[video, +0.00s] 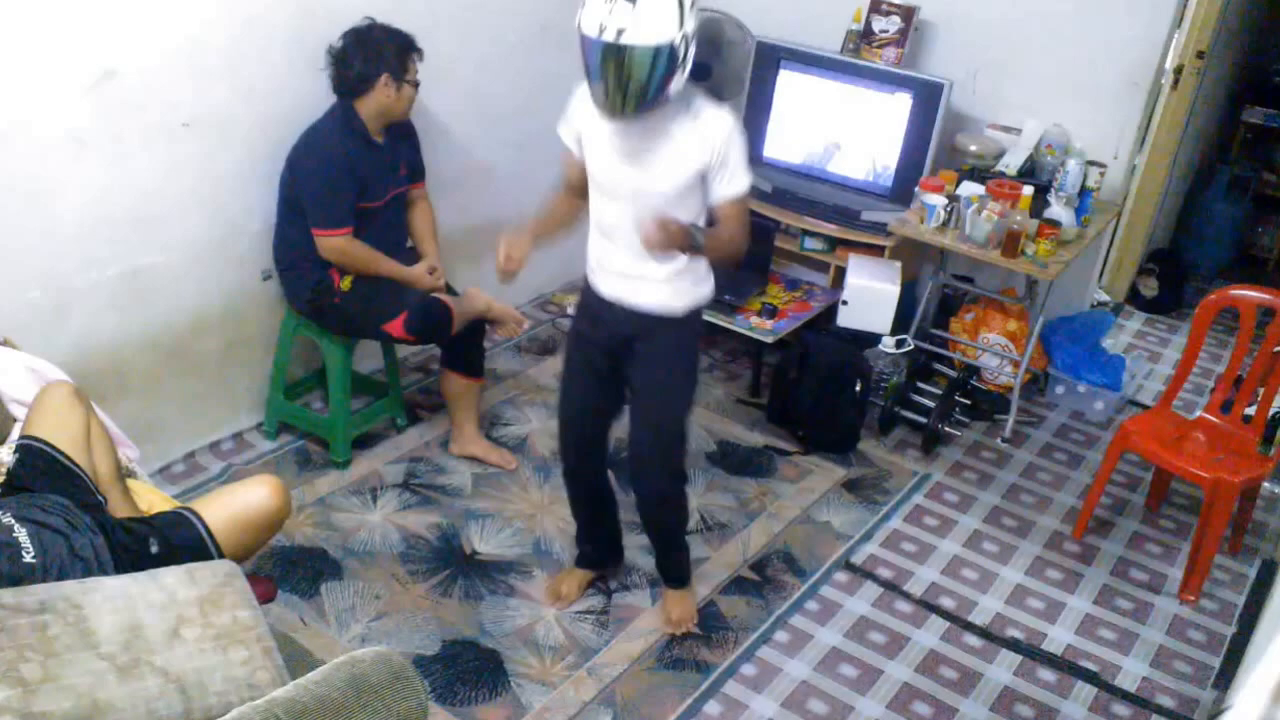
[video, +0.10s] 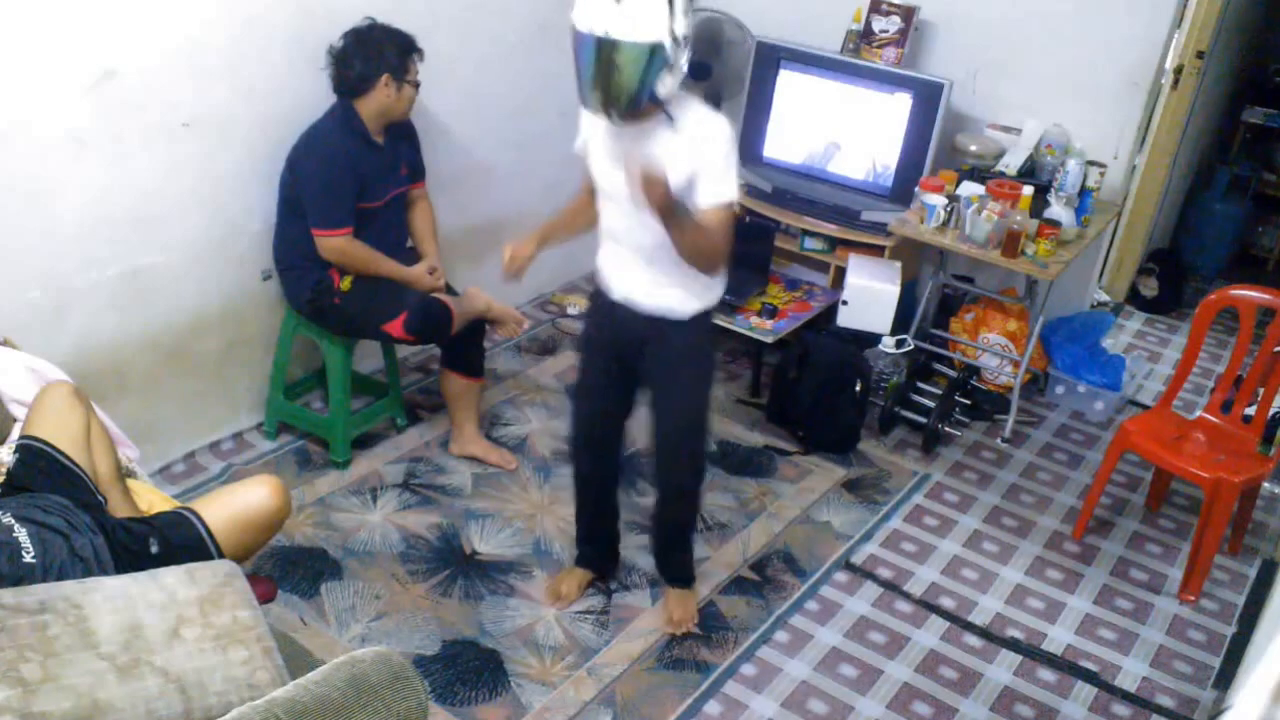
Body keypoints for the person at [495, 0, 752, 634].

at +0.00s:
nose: (616, 77)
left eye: (635, 63)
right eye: (605, 59)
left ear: (674, 58)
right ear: (593, 49)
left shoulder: (714, 127)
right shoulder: (589, 104)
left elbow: (735, 238)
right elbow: (574, 191)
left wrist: (690, 237)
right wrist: (528, 235)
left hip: (670, 319)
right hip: (599, 304)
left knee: (652, 462)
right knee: (579, 446)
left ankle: (676, 579)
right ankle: (596, 558)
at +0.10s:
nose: (606, 73)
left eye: (624, 60)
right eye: (598, 57)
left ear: (663, 62)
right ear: (591, 55)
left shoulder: (705, 131)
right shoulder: (598, 118)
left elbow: (714, 254)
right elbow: (593, 202)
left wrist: (669, 212)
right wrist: (538, 238)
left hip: (682, 321)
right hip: (612, 307)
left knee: (680, 458)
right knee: (593, 441)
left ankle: (677, 575)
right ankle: (593, 561)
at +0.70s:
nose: (682, 82)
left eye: (702, 75)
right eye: (676, 64)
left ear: (734, 65)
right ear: (663, 38)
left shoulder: (756, 121)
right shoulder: (637, 34)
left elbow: (817, 221)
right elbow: (596, 5)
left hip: (699, 284)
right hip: (642, 272)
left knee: (705, 433)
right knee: (672, 409)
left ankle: (727, 592)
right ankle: (707, 502)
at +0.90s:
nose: (712, 114)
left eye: (731, 100)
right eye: (698, 96)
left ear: (759, 89)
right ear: (671, 73)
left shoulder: (773, 131)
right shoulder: (642, 104)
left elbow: (886, 99)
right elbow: (578, 97)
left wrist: (864, 13)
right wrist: (578, 42)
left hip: (699, 328)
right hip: (635, 311)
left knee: (684, 464)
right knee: (643, 419)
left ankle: (698, 587)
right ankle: (664, 484)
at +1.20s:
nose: (627, 86)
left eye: (638, 68)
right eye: (617, 73)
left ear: (679, 61)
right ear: (614, 74)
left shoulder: (730, 114)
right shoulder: (638, 143)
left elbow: (718, 22)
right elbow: (610, 232)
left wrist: (695, 9)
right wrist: (555, 308)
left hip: (693, 336)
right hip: (624, 316)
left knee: (656, 444)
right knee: (568, 440)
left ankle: (643, 497)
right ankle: (556, 551)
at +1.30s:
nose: (611, 80)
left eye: (615, 64)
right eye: (604, 69)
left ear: (651, 47)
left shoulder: (720, 90)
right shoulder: (646, 138)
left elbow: (679, 4)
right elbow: (635, 229)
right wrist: (570, 288)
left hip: (716, 320)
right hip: (648, 306)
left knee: (673, 432)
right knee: (606, 431)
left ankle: (650, 498)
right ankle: (565, 548)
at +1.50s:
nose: (624, 69)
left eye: (630, 57)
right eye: (618, 60)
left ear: (664, 53)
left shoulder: (712, 100)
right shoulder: (672, 110)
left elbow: (617, 50)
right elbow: (755, 181)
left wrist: (587, 15)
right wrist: (667, 180)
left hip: (741, 314)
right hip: (679, 305)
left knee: (760, 441)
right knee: (650, 448)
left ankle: (791, 535)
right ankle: (692, 571)